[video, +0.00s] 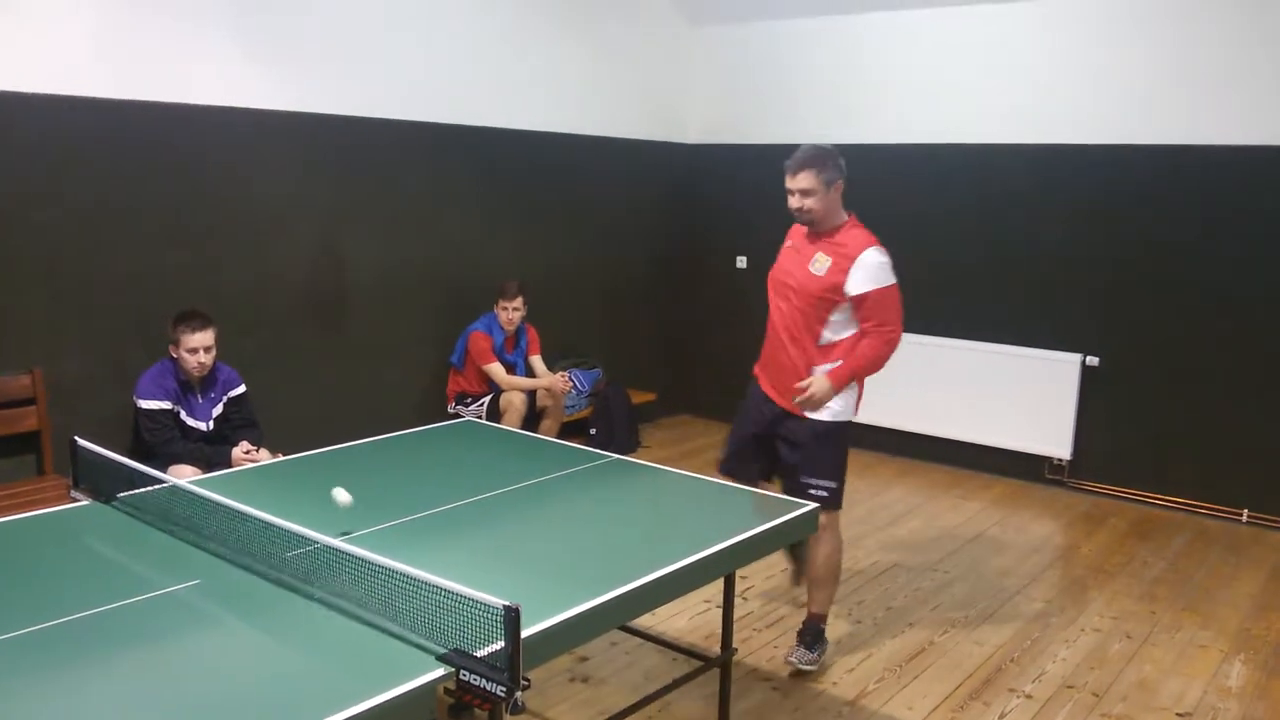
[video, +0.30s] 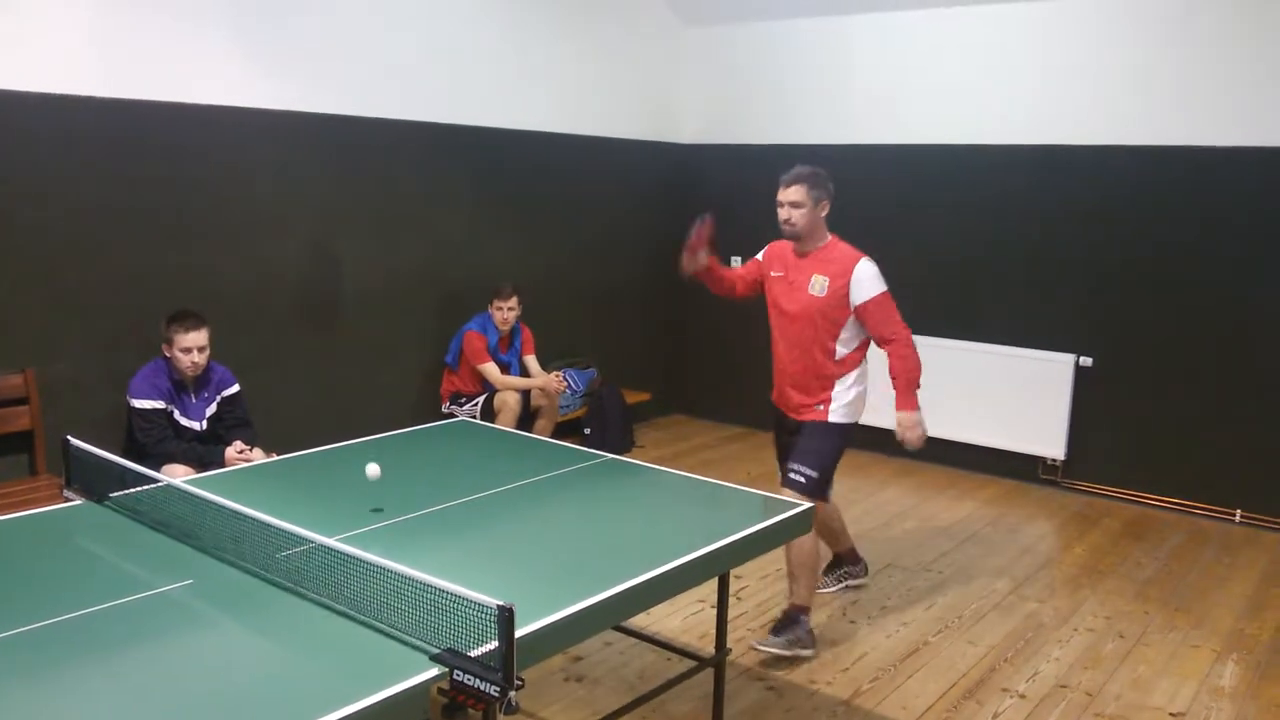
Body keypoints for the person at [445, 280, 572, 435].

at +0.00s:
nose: (510, 316)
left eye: (516, 310)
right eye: (504, 309)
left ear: (524, 311)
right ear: (496, 309)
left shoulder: (528, 333)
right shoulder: (479, 335)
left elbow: (542, 372)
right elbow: (504, 382)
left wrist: (556, 381)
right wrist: (548, 383)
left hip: (501, 396)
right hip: (465, 402)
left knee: (555, 397)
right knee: (517, 400)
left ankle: (541, 458)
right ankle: (503, 458)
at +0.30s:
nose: (505, 316)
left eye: (511, 310)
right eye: (499, 309)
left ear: (519, 311)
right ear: (490, 309)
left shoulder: (522, 333)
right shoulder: (473, 335)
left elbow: (536, 371)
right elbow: (498, 382)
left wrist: (551, 381)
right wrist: (543, 383)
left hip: (495, 396)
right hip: (459, 402)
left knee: (549, 397)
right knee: (511, 400)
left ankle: (535, 458)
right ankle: (499, 458)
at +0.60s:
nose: (505, 317)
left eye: (511, 311)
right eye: (499, 310)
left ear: (519, 312)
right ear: (491, 310)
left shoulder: (522, 334)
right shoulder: (474, 336)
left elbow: (536, 373)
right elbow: (498, 383)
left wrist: (551, 383)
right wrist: (543, 384)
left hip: (494, 397)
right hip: (459, 403)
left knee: (549, 397)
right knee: (511, 401)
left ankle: (538, 460)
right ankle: (498, 459)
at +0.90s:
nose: (505, 317)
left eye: (510, 310)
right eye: (498, 310)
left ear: (516, 311)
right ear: (487, 311)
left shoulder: (519, 334)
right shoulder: (471, 337)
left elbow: (534, 374)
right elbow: (495, 384)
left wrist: (549, 383)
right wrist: (540, 384)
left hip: (492, 397)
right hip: (457, 403)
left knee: (547, 399)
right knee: (508, 401)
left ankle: (533, 459)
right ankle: (496, 459)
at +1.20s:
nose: (506, 312)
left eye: (511, 305)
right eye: (500, 306)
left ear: (519, 307)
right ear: (490, 306)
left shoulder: (522, 329)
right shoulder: (474, 332)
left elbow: (537, 369)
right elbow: (498, 379)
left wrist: (551, 378)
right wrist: (543, 379)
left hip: (495, 392)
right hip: (460, 398)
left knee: (550, 393)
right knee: (513, 396)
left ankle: (537, 453)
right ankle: (489, 451)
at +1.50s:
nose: (508, 311)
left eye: (514, 305)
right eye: (502, 304)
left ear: (523, 306)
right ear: (494, 304)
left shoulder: (527, 328)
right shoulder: (478, 331)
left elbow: (542, 369)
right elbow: (503, 378)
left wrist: (556, 377)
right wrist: (547, 379)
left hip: (501, 391)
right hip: (465, 397)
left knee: (554, 393)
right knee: (515, 395)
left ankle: (542, 453)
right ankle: (504, 454)